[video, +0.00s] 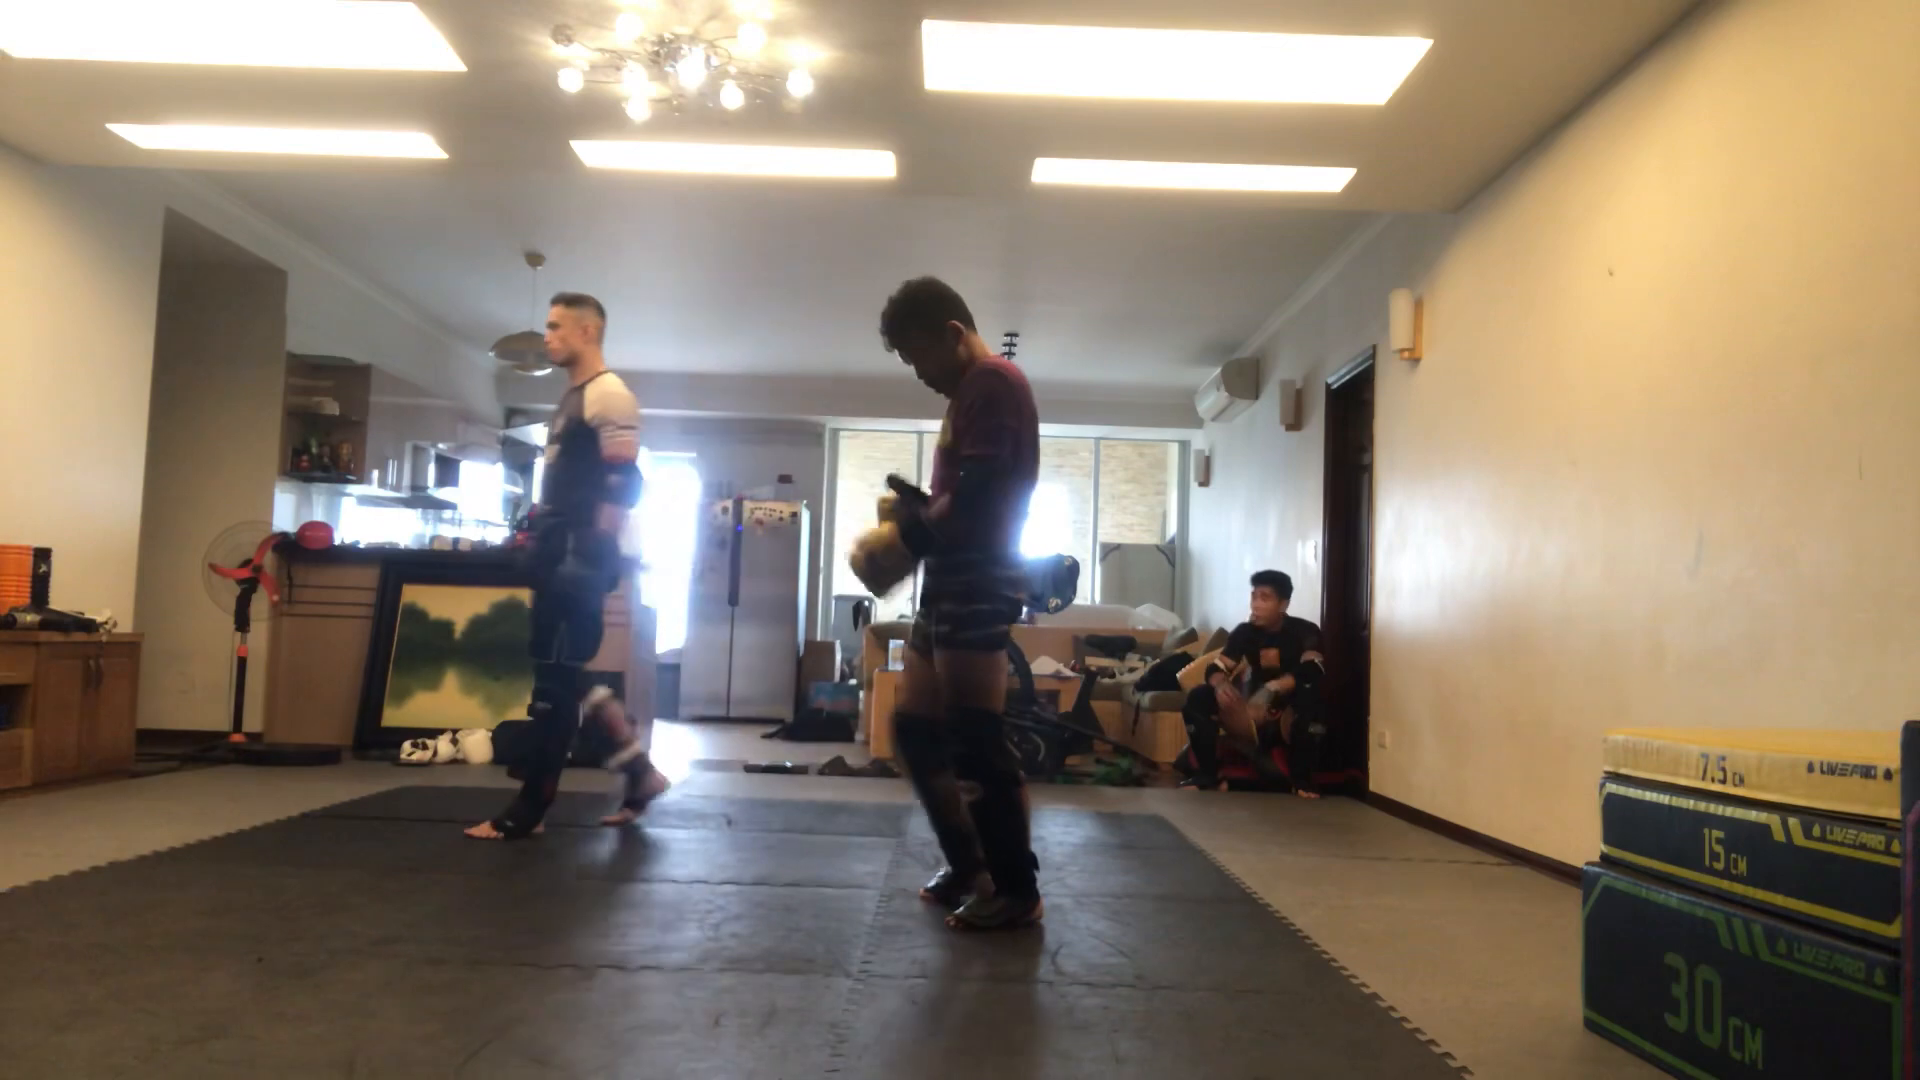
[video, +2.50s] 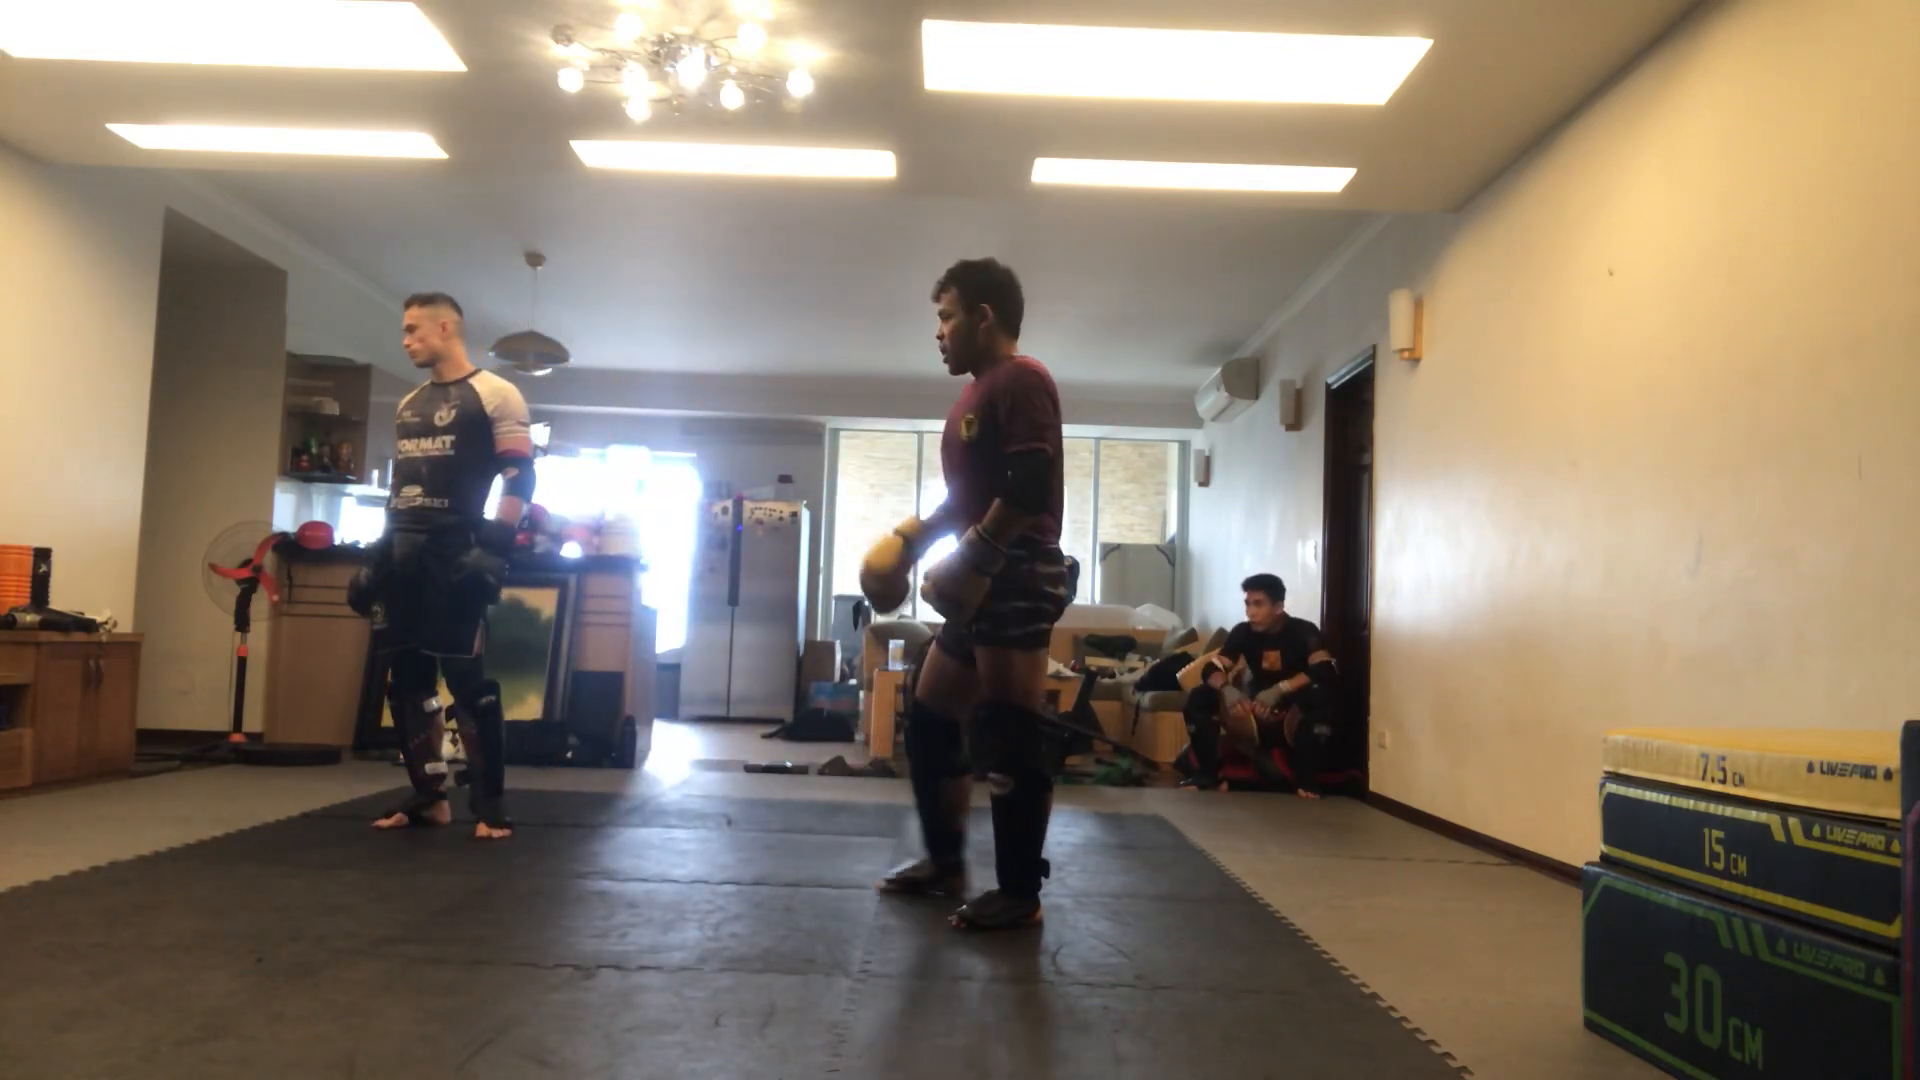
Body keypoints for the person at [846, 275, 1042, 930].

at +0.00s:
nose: (915, 371)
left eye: (916, 356)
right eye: (908, 360)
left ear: (954, 334)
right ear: (951, 339)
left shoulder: (993, 387)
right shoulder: (970, 394)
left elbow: (977, 511)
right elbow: (956, 500)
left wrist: (913, 531)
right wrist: (914, 522)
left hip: (978, 586)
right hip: (948, 586)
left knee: (977, 732)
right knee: (915, 727)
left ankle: (1017, 891)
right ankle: (968, 865)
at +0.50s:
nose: (913, 363)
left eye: (917, 347)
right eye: (905, 351)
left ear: (960, 334)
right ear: (924, 345)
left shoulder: (1000, 386)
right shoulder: (931, 399)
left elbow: (967, 489)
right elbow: (900, 482)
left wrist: (900, 535)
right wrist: (851, 492)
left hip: (974, 576)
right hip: (922, 577)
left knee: (972, 733)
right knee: (883, 727)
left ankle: (1017, 893)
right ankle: (895, 867)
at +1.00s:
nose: (933, 362)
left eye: (940, 346)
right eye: (926, 349)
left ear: (980, 334)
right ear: (928, 342)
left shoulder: (1016, 387)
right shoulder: (936, 396)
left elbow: (988, 485)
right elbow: (907, 473)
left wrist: (924, 537)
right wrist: (885, 515)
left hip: (991, 578)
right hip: (935, 579)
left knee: (985, 733)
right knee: (893, 727)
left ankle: (1017, 893)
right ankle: (897, 868)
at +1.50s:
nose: (949, 359)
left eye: (958, 343)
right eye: (944, 345)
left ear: (1001, 331)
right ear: (946, 338)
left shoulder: (1034, 390)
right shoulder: (960, 401)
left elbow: (1004, 490)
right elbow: (938, 502)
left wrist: (922, 537)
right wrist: (896, 466)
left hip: (997, 575)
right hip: (945, 574)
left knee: (989, 734)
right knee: (906, 728)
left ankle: (1018, 893)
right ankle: (899, 868)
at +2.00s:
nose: (963, 347)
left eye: (974, 333)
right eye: (960, 333)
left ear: (1018, 328)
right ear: (969, 329)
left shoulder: (1042, 391)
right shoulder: (972, 390)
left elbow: (966, 464)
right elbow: (918, 446)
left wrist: (884, 503)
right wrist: (868, 478)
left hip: (993, 576)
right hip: (945, 575)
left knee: (988, 735)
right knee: (919, 728)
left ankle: (1017, 893)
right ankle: (899, 869)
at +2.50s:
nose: (937, 332)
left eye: (946, 318)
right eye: (937, 319)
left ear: (984, 317)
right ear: (978, 319)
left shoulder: (1020, 380)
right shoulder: (975, 393)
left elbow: (1028, 483)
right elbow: (965, 497)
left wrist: (974, 561)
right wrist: (910, 539)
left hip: (1021, 574)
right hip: (981, 572)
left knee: (1012, 730)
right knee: (930, 715)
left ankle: (1019, 893)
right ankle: (945, 864)